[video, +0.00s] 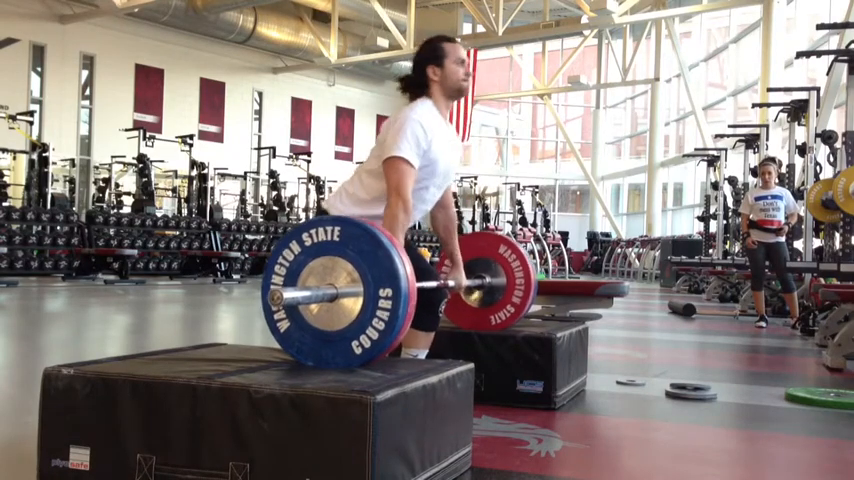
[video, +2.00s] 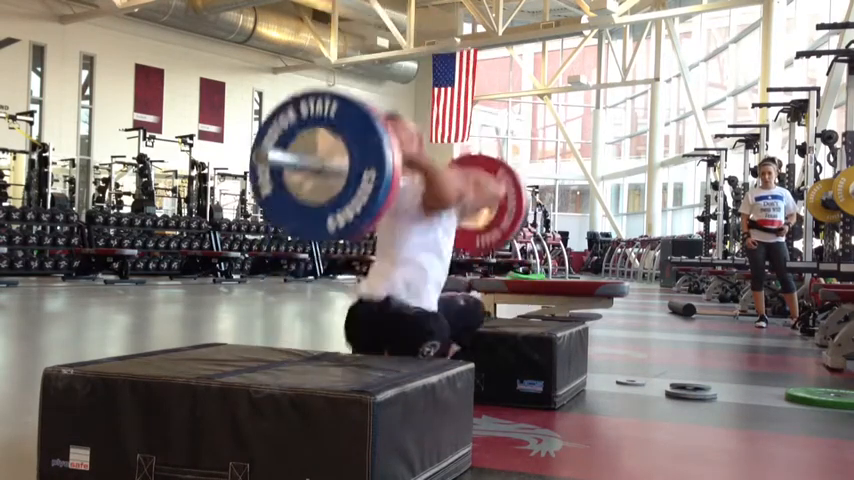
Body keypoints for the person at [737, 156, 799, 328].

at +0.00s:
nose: (766, 176)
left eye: (769, 173)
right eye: (763, 173)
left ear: (776, 174)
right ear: (759, 175)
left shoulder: (784, 193)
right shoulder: (751, 195)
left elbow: (794, 213)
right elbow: (744, 217)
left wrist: (788, 224)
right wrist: (746, 235)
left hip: (777, 240)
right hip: (756, 239)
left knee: (785, 276)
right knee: (757, 277)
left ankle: (795, 318)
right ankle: (761, 316)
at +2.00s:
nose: (766, 176)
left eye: (769, 173)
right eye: (763, 173)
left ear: (776, 174)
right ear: (759, 175)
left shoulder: (784, 193)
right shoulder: (751, 194)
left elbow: (792, 214)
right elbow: (744, 216)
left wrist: (787, 224)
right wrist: (746, 235)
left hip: (777, 240)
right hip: (757, 239)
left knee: (785, 276)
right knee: (757, 278)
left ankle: (795, 318)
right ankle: (761, 316)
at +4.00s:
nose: (767, 172)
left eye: (770, 169)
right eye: (764, 170)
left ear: (776, 172)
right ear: (760, 173)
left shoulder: (784, 192)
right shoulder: (752, 193)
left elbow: (792, 213)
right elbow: (744, 216)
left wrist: (788, 224)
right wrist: (746, 235)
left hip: (778, 239)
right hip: (757, 239)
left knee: (785, 275)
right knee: (757, 277)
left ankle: (795, 317)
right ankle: (761, 316)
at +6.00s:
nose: (805, 172)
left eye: (807, 168)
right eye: (801, 169)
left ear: (811, 170)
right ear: (795, 171)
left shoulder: (815, 190)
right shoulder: (787, 190)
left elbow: (820, 213)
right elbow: (779, 216)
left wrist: (822, 224)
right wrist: (800, 223)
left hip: (810, 239)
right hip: (792, 238)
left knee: (805, 278)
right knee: (794, 277)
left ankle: (796, 317)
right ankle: (789, 317)